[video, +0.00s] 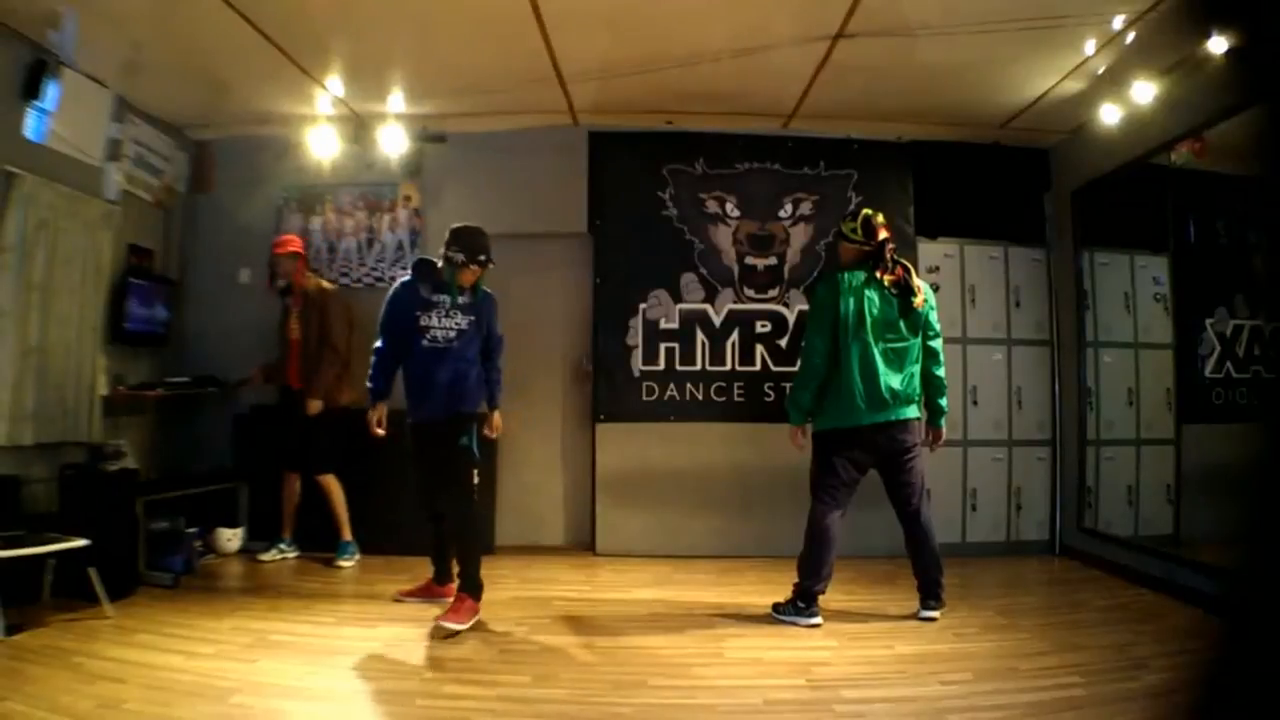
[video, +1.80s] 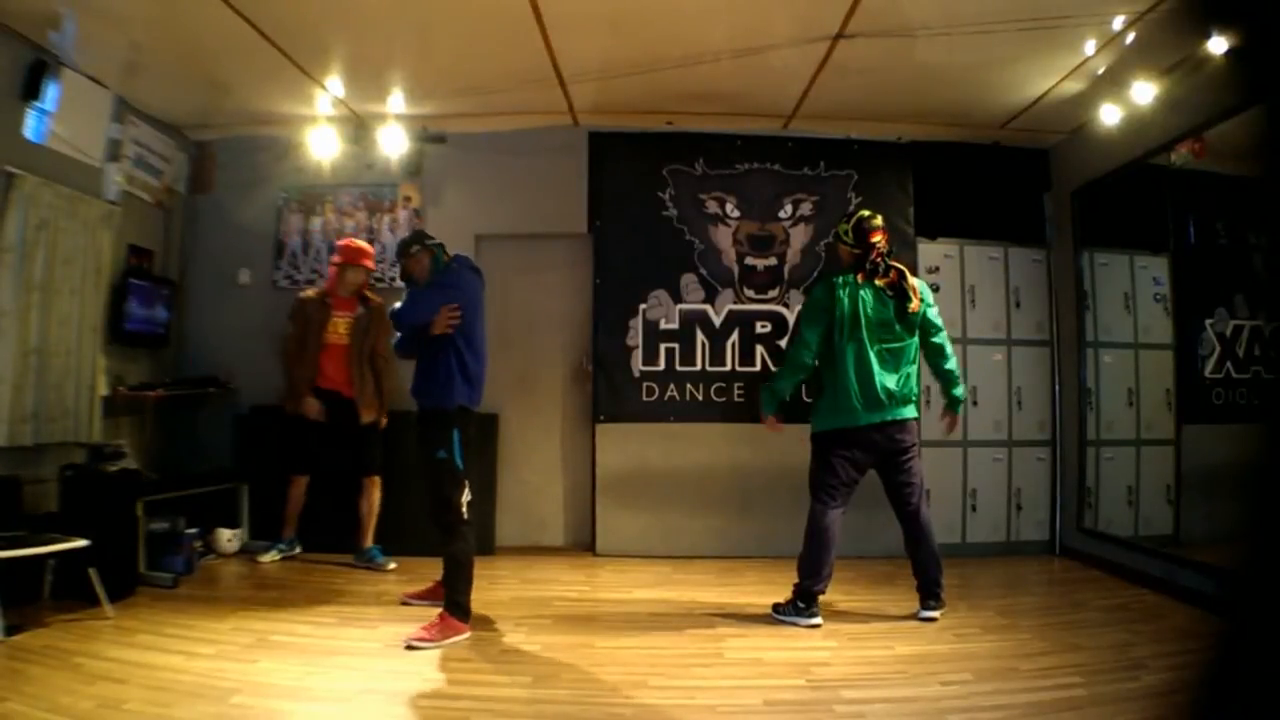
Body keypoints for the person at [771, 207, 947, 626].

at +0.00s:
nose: (835, 248)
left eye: (841, 242)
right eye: (838, 241)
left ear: (857, 247)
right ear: (881, 246)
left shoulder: (834, 286)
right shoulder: (917, 289)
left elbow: (816, 355)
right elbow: (933, 358)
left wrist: (799, 410)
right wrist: (936, 413)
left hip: (844, 419)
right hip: (901, 420)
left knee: (827, 508)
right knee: (915, 510)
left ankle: (806, 600)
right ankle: (931, 598)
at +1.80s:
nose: (835, 250)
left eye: (840, 245)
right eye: (838, 243)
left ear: (852, 249)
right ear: (880, 246)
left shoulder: (830, 290)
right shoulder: (912, 288)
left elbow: (804, 352)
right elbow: (938, 344)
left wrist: (773, 396)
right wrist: (954, 392)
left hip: (842, 422)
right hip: (899, 420)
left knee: (827, 506)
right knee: (914, 508)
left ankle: (806, 600)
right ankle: (931, 598)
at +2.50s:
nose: (832, 251)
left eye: (837, 245)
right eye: (836, 245)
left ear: (847, 249)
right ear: (879, 248)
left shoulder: (826, 287)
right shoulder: (908, 283)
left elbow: (778, 307)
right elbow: (962, 305)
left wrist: (722, 290)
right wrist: (1009, 291)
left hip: (841, 419)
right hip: (898, 418)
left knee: (827, 504)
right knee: (913, 507)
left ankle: (807, 601)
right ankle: (932, 597)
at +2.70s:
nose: (832, 250)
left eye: (838, 244)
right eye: (836, 244)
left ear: (849, 249)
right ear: (880, 249)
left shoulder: (827, 287)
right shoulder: (910, 284)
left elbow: (775, 315)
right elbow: (963, 310)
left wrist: (721, 306)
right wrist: (1008, 299)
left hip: (841, 420)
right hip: (898, 419)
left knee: (827, 504)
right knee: (914, 507)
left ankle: (806, 601)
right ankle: (931, 598)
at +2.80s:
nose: (833, 248)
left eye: (839, 244)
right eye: (837, 242)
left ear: (853, 250)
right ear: (881, 248)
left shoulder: (829, 285)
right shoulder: (913, 283)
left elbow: (785, 324)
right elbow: (957, 319)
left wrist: (727, 332)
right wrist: (1006, 321)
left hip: (844, 419)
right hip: (898, 418)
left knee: (828, 504)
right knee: (915, 507)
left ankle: (806, 601)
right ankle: (931, 597)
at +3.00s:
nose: (835, 246)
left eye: (842, 240)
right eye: (838, 238)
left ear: (858, 247)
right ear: (882, 245)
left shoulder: (830, 288)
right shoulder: (916, 286)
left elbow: (819, 354)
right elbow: (932, 349)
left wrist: (816, 408)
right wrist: (938, 397)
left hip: (848, 417)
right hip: (901, 418)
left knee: (829, 504)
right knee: (915, 507)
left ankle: (806, 599)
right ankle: (931, 597)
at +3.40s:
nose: (842, 244)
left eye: (848, 237)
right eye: (846, 237)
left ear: (862, 245)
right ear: (889, 245)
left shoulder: (833, 286)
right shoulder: (921, 287)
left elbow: (806, 348)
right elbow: (936, 356)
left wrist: (817, 380)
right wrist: (917, 388)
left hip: (845, 419)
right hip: (902, 419)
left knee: (830, 506)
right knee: (916, 507)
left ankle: (806, 599)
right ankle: (931, 598)